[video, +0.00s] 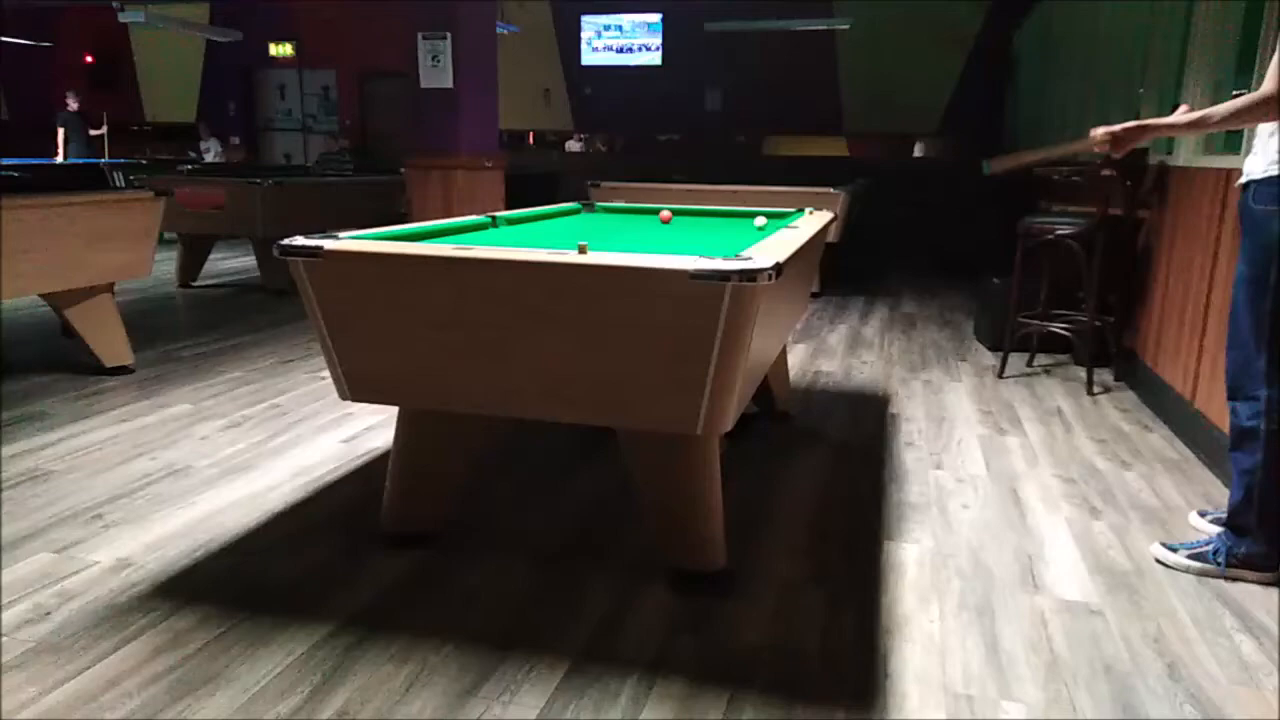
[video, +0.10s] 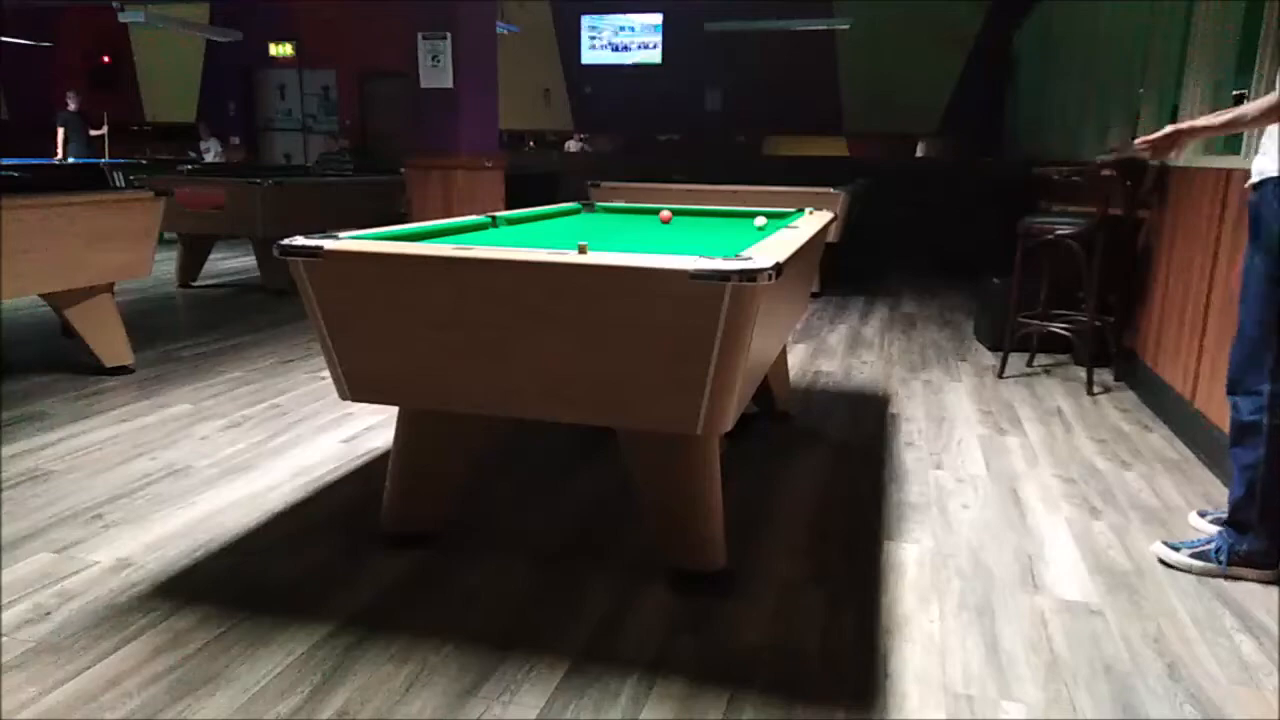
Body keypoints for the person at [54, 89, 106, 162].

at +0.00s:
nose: (77, 105)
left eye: (78, 102)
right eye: (74, 102)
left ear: (80, 101)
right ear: (68, 101)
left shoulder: (80, 115)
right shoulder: (63, 116)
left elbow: (88, 132)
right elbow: (60, 136)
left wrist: (101, 131)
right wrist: (60, 154)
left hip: (86, 151)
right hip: (73, 153)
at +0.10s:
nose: (75, 105)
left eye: (76, 103)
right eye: (73, 103)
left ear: (79, 102)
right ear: (68, 101)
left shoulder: (81, 115)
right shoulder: (63, 116)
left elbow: (88, 132)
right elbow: (60, 136)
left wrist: (102, 131)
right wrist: (60, 154)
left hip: (87, 153)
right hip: (73, 154)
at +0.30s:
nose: (52, 104)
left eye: (53, 102)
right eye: (49, 102)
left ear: (55, 103)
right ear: (45, 103)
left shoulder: (58, 114)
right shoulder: (42, 116)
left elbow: (71, 130)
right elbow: (43, 135)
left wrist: (88, 133)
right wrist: (51, 151)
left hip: (64, 148)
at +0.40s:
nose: (29, 99)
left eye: (30, 96)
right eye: (26, 97)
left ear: (34, 97)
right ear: (21, 99)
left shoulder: (40, 114)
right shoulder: (18, 116)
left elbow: (54, 129)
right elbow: (12, 133)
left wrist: (70, 141)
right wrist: (12, 149)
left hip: (42, 153)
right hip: (25, 154)